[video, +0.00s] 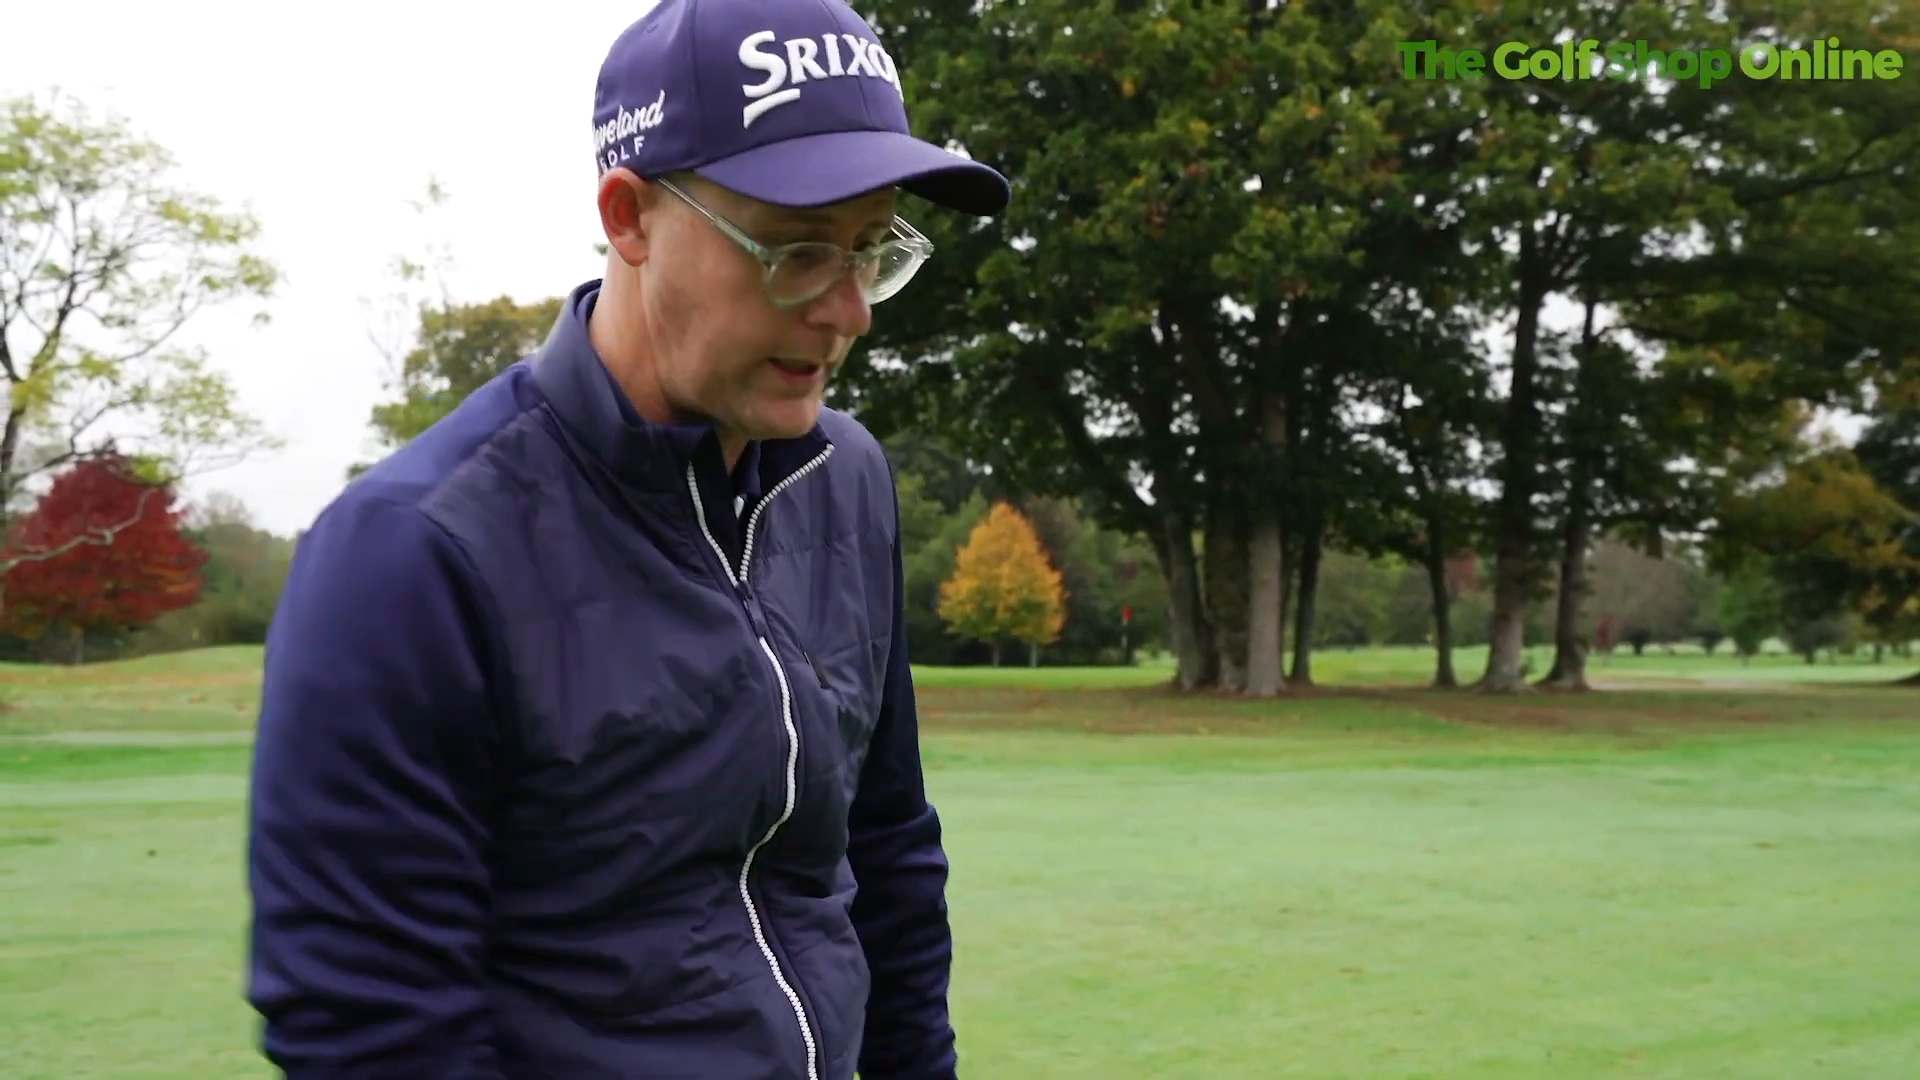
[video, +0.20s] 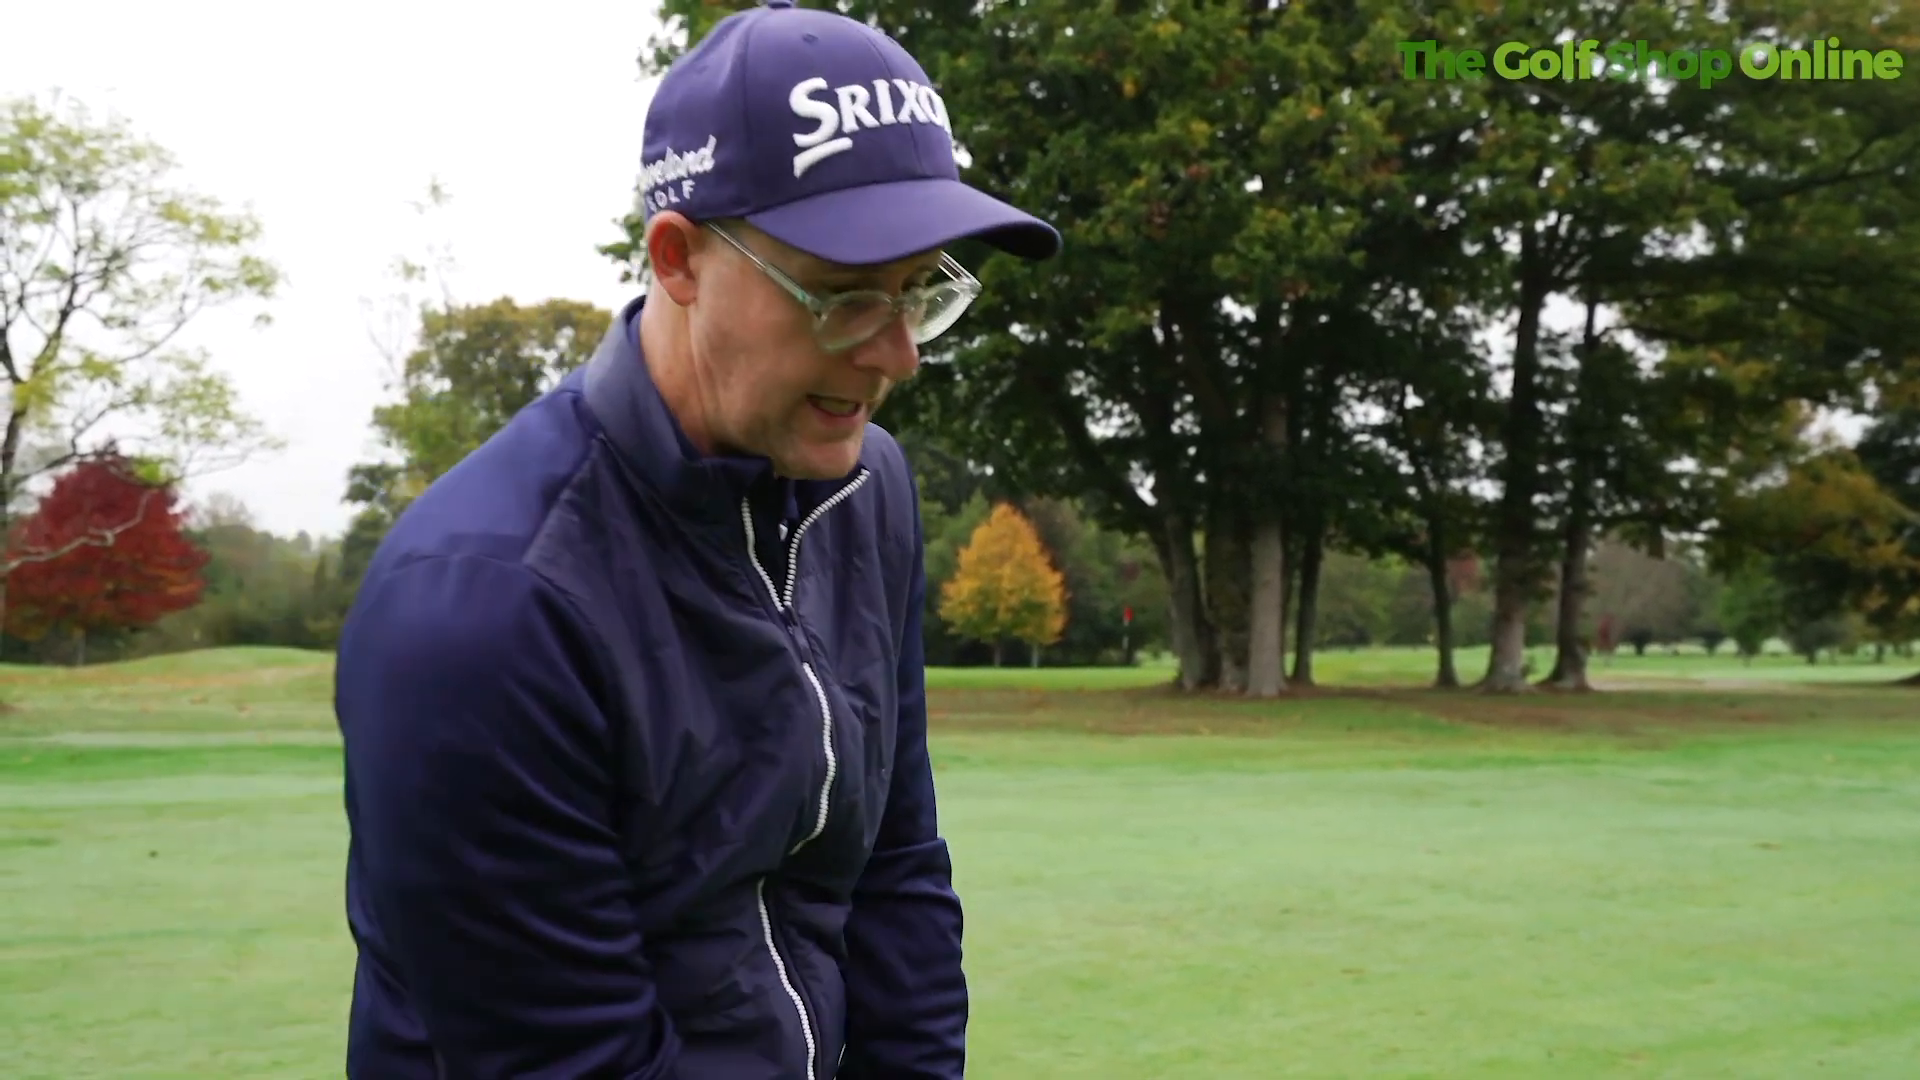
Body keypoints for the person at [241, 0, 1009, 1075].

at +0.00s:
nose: (849, 310)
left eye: (869, 248)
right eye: (793, 249)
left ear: (891, 224)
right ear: (629, 219)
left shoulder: (849, 484)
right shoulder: (410, 553)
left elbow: (887, 853)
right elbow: (366, 1024)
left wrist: (913, 1064)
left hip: (828, 1053)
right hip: (572, 1058)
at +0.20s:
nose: (897, 354)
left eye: (918, 291)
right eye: (840, 293)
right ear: (678, 261)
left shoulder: (867, 487)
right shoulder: (480, 612)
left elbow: (896, 881)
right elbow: (562, 1052)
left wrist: (917, 1064)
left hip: (825, 1041)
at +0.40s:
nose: (957, 391)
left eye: (979, 331)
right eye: (906, 332)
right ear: (752, 297)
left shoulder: (932, 520)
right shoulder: (553, 610)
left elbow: (924, 902)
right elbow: (601, 1050)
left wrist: (924, 1065)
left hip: (841, 1040)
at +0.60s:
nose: (1022, 434)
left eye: (1050, 381)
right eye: (977, 377)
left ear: (1076, 362)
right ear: (840, 331)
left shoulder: (1002, 549)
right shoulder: (623, 602)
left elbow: (960, 916)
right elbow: (647, 1032)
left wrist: (943, 1066)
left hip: (869, 1041)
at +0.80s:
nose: (1061, 474)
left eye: (1085, 422)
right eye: (1018, 422)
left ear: (1107, 391)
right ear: (884, 368)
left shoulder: (1040, 579)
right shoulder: (653, 630)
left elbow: (970, 930)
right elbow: (724, 1031)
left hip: (854, 1029)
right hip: (608, 1048)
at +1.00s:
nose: (1062, 503)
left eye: (1093, 451)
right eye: (1019, 446)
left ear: (1121, 419)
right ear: (888, 399)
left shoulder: (1041, 598)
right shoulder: (660, 667)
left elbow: (957, 949)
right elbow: (723, 1045)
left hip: (824, 1033)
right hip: (595, 1049)